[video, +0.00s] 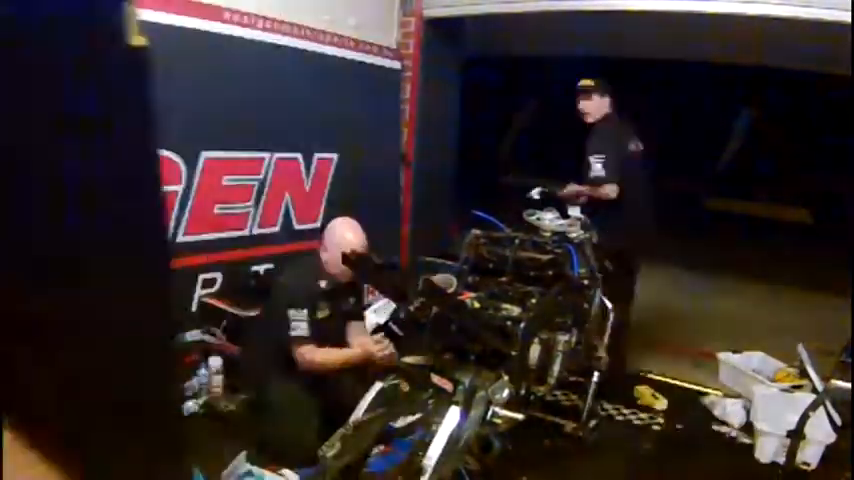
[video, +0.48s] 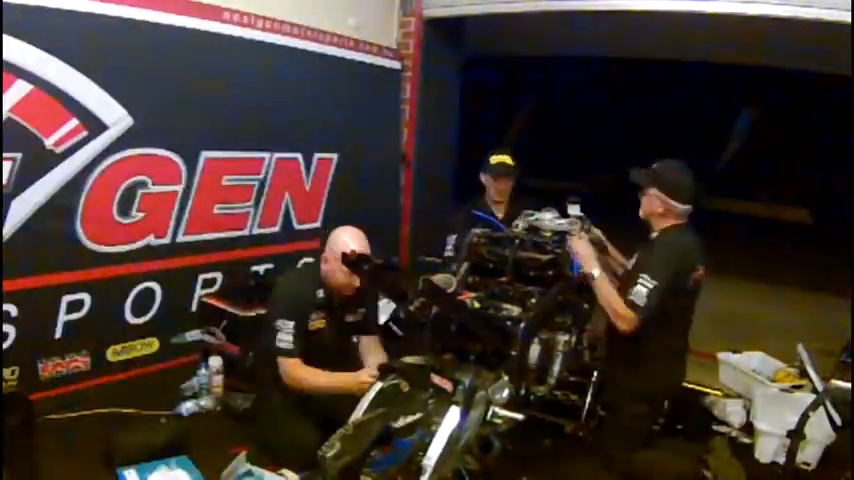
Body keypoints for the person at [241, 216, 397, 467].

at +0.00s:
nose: (353, 267)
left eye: (358, 260)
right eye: (347, 259)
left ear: (364, 254)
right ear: (323, 250)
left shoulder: (349, 283)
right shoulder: (296, 283)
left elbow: (356, 336)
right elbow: (305, 357)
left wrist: (376, 350)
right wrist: (362, 354)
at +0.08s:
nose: (379, 286)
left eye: (385, 278)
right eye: (378, 276)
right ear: (361, 266)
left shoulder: (361, 304)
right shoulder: (319, 281)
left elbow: (345, 350)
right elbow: (292, 341)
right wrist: (346, 364)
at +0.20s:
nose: (398, 215)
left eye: (403, 207)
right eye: (393, 205)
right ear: (367, 191)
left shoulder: (390, 234)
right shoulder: (325, 233)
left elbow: (390, 296)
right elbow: (298, 308)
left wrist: (403, 334)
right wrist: (370, 345)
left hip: (364, 377)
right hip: (317, 380)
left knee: (355, 461)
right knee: (312, 464)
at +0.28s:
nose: (392, 208)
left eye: (397, 200)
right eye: (388, 199)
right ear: (361, 186)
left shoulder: (390, 228)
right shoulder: (325, 219)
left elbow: (394, 291)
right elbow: (321, 291)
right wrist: (388, 313)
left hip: (364, 367)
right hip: (317, 369)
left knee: (350, 456)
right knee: (307, 457)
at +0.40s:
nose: (374, 294)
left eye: (378, 288)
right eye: (370, 284)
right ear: (356, 272)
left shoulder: (366, 311)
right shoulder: (314, 272)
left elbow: (345, 374)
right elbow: (287, 319)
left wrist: (364, 376)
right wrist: (349, 351)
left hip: (315, 378)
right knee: (302, 448)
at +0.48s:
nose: (357, 281)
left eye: (362, 272)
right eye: (350, 271)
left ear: (368, 268)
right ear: (326, 260)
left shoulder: (360, 289)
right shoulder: (293, 291)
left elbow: (371, 345)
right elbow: (292, 375)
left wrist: (382, 378)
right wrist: (355, 382)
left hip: (337, 393)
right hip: (288, 396)